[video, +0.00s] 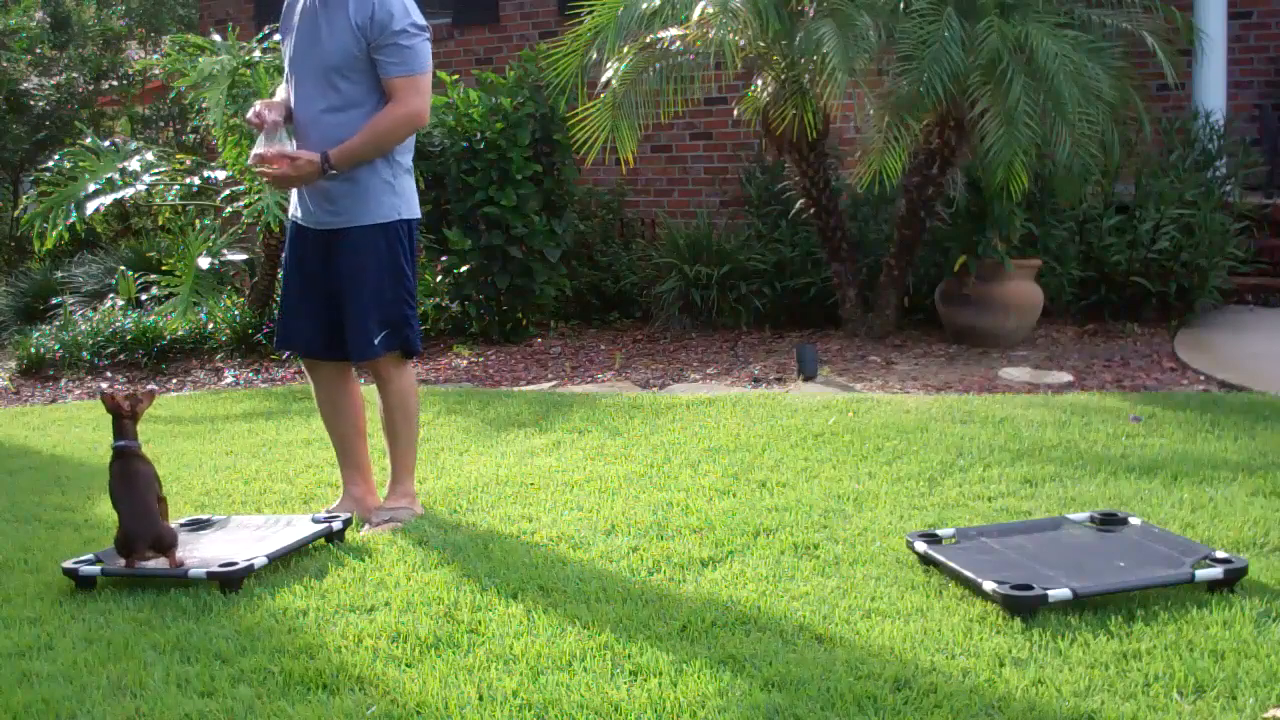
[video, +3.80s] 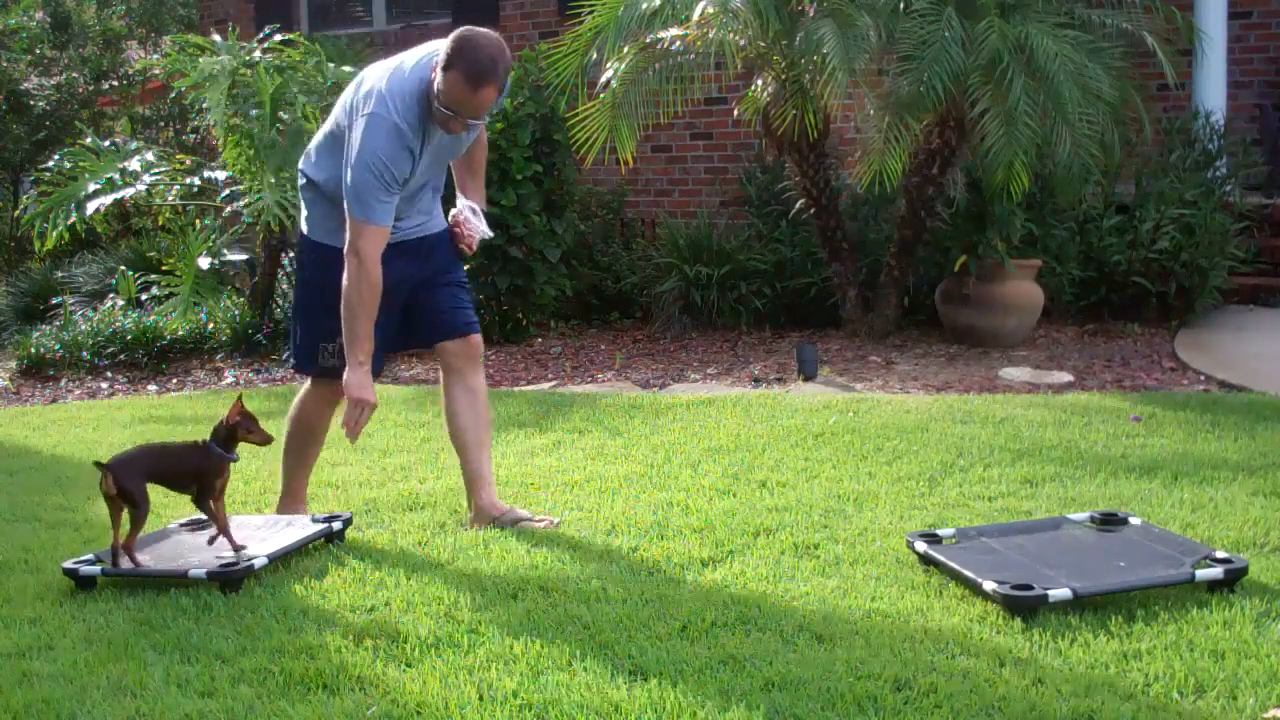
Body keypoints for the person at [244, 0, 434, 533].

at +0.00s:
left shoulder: (386, 7)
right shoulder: (296, 9)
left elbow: (412, 108)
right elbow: (300, 79)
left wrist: (325, 163)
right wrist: (278, 105)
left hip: (375, 208)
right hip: (312, 209)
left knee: (385, 353)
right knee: (320, 352)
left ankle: (402, 494)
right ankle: (358, 493)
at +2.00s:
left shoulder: (398, 6)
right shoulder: (304, 8)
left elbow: (432, 105)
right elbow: (304, 85)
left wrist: (338, 146)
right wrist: (288, 116)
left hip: (387, 205)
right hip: (319, 206)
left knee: (400, 351)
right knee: (320, 351)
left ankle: (404, 495)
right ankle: (358, 492)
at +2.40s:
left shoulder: (400, 8)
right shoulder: (264, 13)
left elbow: (441, 101)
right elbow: (247, 99)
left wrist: (364, 149)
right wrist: (232, 173)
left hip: (387, 206)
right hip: (305, 207)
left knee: (396, 356)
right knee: (300, 355)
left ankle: (405, 496)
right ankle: (287, 498)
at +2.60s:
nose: (291, 3)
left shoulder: (382, 14)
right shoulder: (240, 37)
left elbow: (416, 97)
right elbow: (213, 147)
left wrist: (380, 153)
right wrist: (227, 251)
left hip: (371, 217)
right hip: (289, 223)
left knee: (386, 359)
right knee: (293, 366)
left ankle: (402, 496)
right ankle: (286, 514)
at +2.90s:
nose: (320, 80)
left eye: (333, 67)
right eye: (308, 67)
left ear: (354, 40)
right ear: (288, 34)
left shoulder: (375, 49)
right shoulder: (252, 85)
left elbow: (373, 114)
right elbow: (234, 220)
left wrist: (369, 196)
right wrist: (236, 332)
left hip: (344, 223)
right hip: (271, 232)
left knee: (354, 352)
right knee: (278, 369)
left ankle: (345, 499)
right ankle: (285, 510)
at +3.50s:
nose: (380, 116)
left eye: (394, 107)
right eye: (368, 103)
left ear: (412, 77)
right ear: (351, 70)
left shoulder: (405, 62)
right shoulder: (301, 114)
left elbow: (396, 116)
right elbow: (283, 248)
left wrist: (409, 186)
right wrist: (283, 359)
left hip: (347, 210)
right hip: (275, 225)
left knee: (407, 321)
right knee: (288, 375)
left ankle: (411, 486)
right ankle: (285, 516)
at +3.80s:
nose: (460, 125)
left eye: (474, 116)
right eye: (449, 111)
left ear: (495, 90)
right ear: (436, 74)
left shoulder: (488, 79)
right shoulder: (384, 119)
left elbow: (473, 130)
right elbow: (362, 254)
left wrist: (472, 204)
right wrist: (359, 366)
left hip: (421, 220)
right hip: (343, 227)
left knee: (464, 346)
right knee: (329, 378)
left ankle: (485, 506)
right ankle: (290, 509)